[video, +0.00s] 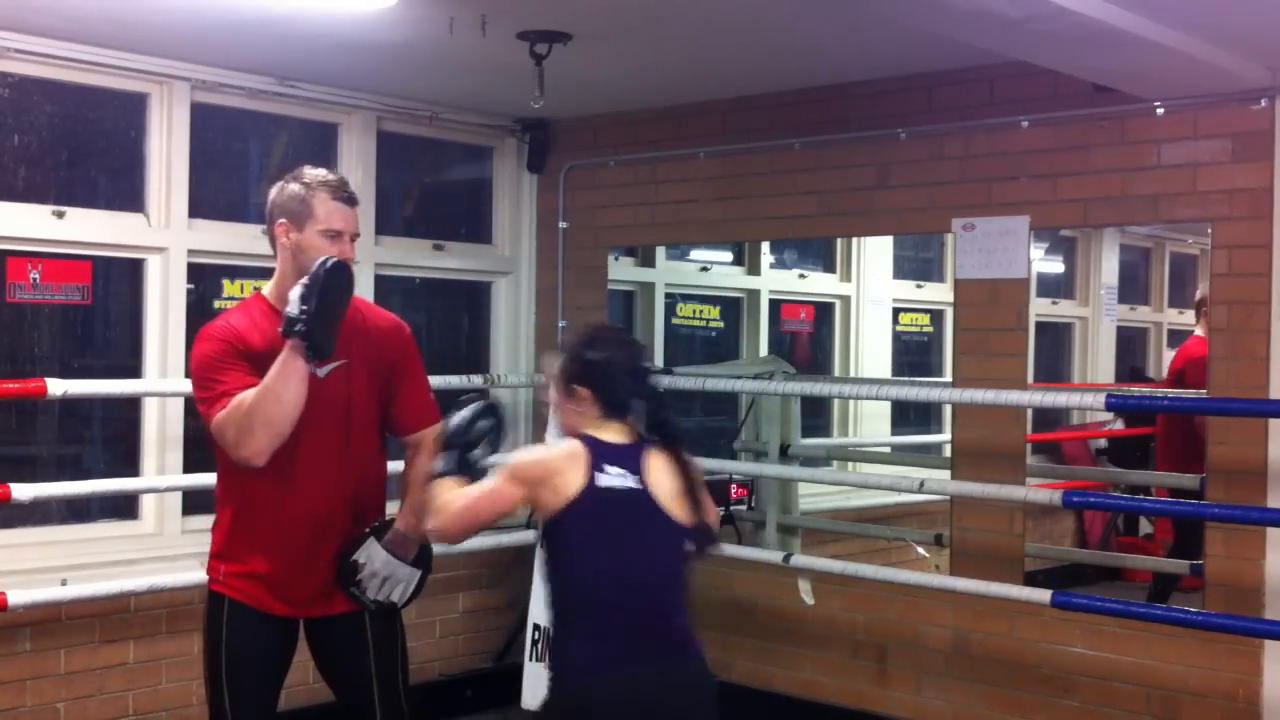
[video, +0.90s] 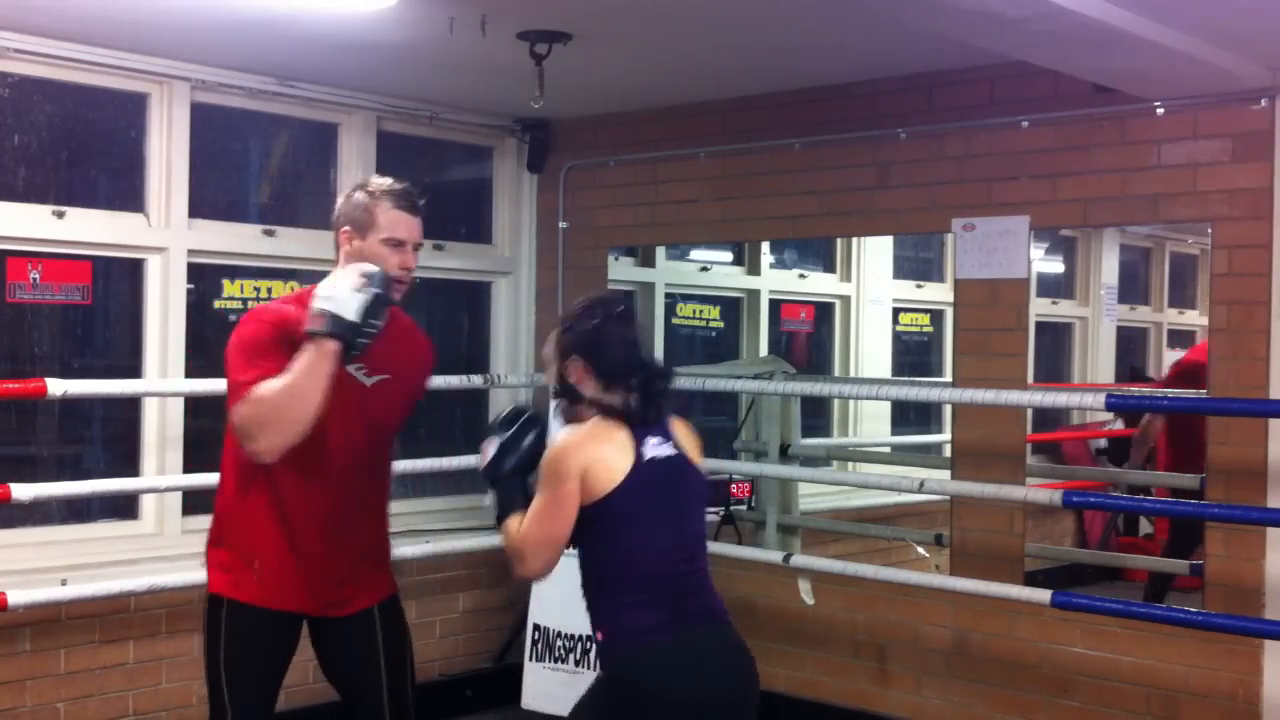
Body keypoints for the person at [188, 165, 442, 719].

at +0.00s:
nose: (347, 253)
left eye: (353, 238)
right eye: (332, 235)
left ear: (358, 241)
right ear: (284, 234)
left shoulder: (384, 334)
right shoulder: (225, 338)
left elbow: (426, 440)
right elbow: (249, 443)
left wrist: (408, 533)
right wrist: (303, 335)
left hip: (355, 581)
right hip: (252, 581)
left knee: (383, 709)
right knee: (238, 712)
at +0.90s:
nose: (410, 264)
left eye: (415, 248)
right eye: (395, 245)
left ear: (418, 250)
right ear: (347, 243)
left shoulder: (412, 350)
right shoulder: (267, 326)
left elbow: (368, 445)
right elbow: (263, 438)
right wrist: (328, 332)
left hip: (356, 580)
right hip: (256, 577)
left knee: (391, 708)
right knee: (238, 712)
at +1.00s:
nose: (409, 261)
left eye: (416, 246)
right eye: (395, 242)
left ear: (421, 249)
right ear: (348, 239)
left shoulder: (433, 349)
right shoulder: (269, 322)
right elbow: (223, 435)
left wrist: (494, 467)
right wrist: (283, 332)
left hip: (363, 583)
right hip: (260, 576)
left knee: (390, 710)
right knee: (235, 711)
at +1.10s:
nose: (399, 265)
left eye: (407, 251)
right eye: (385, 248)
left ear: (413, 254)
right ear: (338, 241)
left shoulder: (436, 346)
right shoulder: (268, 324)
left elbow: (541, 399)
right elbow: (205, 437)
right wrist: (264, 342)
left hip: (363, 583)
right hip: (260, 571)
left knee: (388, 714)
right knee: (228, 710)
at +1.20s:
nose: (392, 272)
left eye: (401, 256)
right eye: (377, 255)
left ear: (409, 255)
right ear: (333, 248)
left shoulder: (431, 336)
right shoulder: (267, 329)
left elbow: (518, 356)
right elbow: (211, 445)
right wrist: (265, 358)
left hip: (365, 576)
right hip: (262, 570)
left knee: (391, 710)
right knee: (226, 710)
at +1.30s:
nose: (378, 268)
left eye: (385, 252)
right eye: (363, 251)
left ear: (391, 249)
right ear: (318, 248)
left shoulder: (396, 319)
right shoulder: (252, 333)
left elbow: (468, 369)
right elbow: (219, 447)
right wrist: (266, 353)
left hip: (362, 565)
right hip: (262, 563)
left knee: (389, 707)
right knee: (228, 707)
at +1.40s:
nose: (353, 259)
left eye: (359, 243)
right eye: (337, 242)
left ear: (365, 242)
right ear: (291, 240)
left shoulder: (375, 320)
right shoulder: (231, 330)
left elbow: (425, 413)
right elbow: (215, 437)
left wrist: (337, 469)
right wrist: (256, 336)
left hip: (357, 568)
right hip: (255, 567)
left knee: (381, 707)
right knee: (229, 709)